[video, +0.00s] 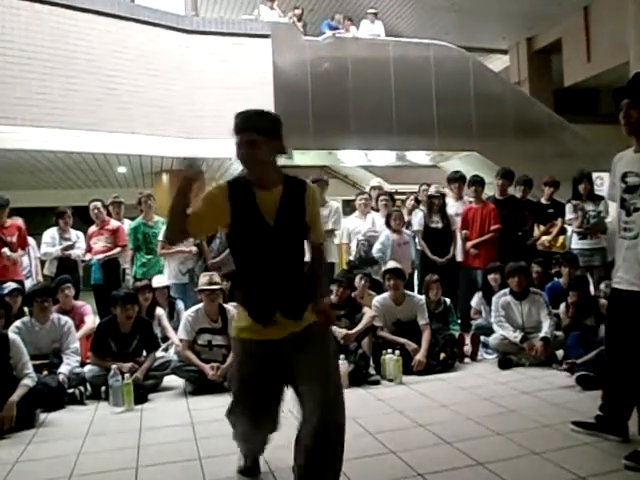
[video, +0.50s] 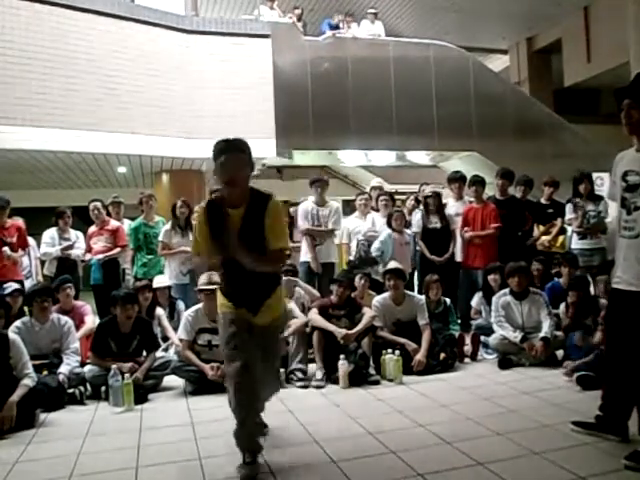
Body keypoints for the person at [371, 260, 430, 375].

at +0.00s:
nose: (393, 283)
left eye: (397, 279)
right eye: (389, 279)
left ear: (403, 281)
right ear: (385, 283)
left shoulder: (418, 300)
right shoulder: (378, 302)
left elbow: (426, 329)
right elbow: (378, 331)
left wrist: (422, 354)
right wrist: (405, 342)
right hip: (391, 337)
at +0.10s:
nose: (393, 283)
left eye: (397, 279)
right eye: (389, 279)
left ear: (403, 281)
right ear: (385, 283)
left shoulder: (418, 300)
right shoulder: (378, 302)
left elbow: (426, 329)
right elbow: (378, 331)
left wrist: (422, 354)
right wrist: (405, 342)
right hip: (391, 337)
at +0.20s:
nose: (392, 283)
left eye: (396, 279)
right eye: (388, 279)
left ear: (403, 281)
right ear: (385, 283)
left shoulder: (418, 300)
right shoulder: (379, 302)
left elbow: (426, 329)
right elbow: (378, 330)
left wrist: (422, 354)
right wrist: (405, 342)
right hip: (391, 337)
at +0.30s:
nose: (392, 283)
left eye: (396, 279)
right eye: (389, 280)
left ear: (403, 281)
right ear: (385, 283)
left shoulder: (418, 300)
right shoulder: (378, 302)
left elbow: (426, 329)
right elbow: (379, 330)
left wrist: (422, 354)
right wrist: (405, 342)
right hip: (391, 337)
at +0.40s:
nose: (393, 283)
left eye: (397, 279)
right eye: (389, 280)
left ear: (403, 281)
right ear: (385, 283)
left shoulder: (418, 300)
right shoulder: (378, 302)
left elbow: (426, 329)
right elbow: (379, 331)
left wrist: (422, 354)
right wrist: (405, 342)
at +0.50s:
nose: (393, 283)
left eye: (397, 279)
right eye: (389, 280)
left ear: (404, 282)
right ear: (385, 283)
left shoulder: (418, 300)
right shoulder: (378, 302)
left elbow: (426, 329)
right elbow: (379, 330)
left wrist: (422, 354)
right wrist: (405, 342)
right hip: (391, 337)